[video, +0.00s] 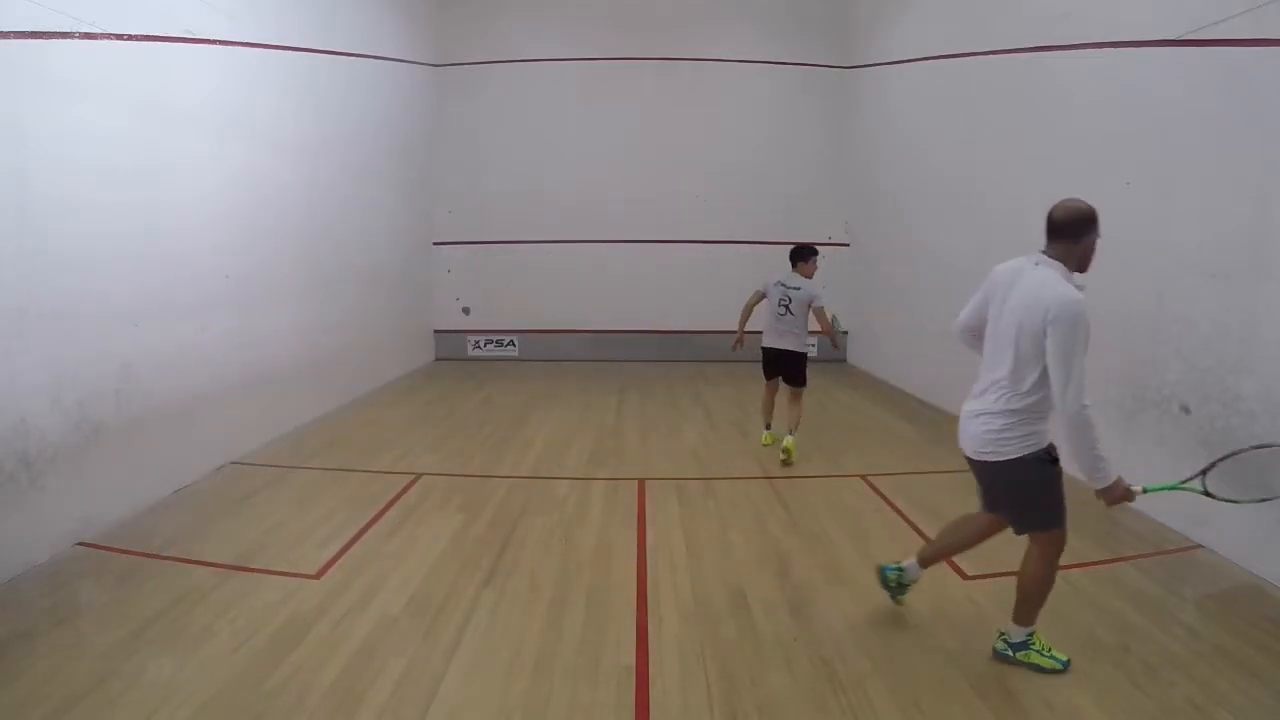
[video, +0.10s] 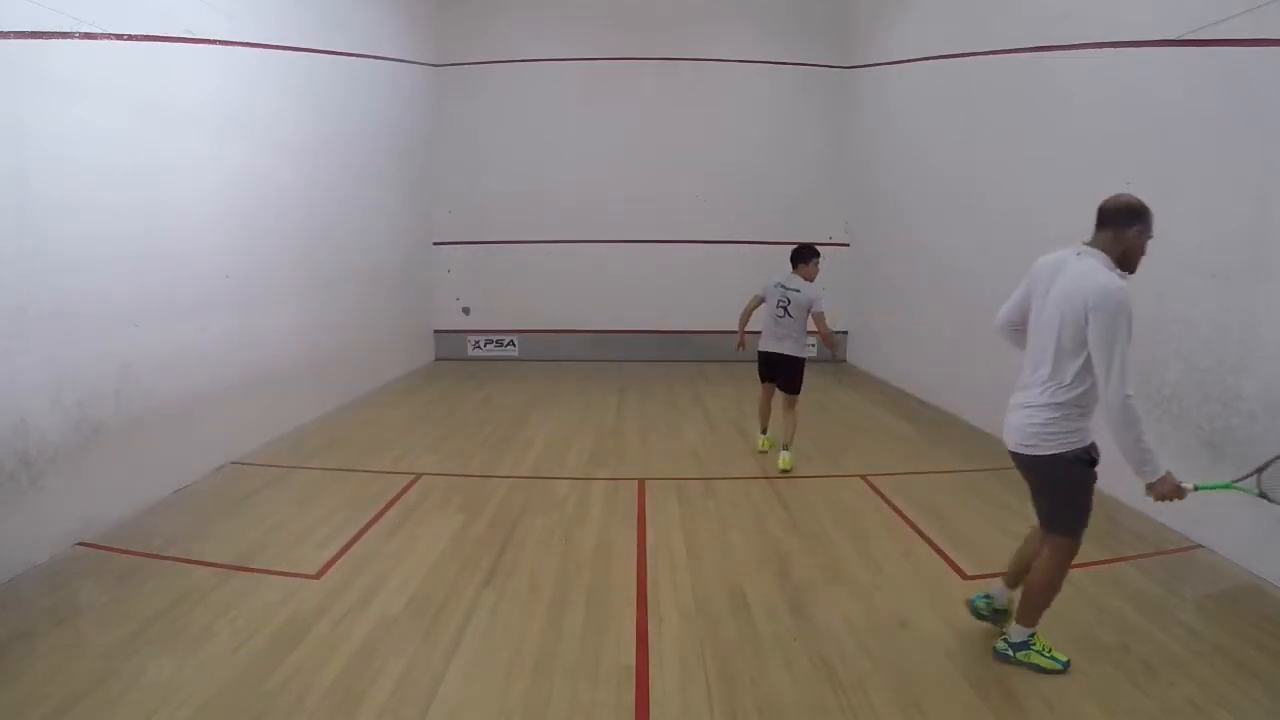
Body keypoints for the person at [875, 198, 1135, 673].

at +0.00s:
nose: (1096, 248)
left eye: (1094, 240)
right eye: (1096, 240)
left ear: (1050, 235)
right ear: (1087, 243)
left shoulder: (1008, 271)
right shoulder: (1066, 302)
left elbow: (968, 327)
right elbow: (1071, 404)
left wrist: (1014, 362)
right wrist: (1104, 479)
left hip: (979, 429)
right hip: (1017, 443)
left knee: (998, 514)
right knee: (1048, 539)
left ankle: (905, 572)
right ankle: (1018, 637)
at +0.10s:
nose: (1145, 252)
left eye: (1148, 242)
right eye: (1145, 240)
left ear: (1101, 228)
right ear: (1126, 234)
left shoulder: (1050, 264)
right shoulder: (1108, 291)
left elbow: (1009, 322)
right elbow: (1116, 398)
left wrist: (1053, 358)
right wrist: (1154, 473)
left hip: (1024, 430)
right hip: (1058, 440)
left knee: (1052, 522)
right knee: (1062, 541)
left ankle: (999, 597)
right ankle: (1019, 638)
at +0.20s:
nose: (1194, 257)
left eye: (1196, 246)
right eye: (1193, 244)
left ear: (1154, 232)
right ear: (1169, 234)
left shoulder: (1095, 266)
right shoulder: (1152, 290)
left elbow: (1052, 325)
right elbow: (1163, 397)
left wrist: (1102, 362)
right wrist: (1211, 475)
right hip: (1095, 445)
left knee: (1125, 524)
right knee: (1082, 546)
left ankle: (1108, 632)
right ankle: (1018, 636)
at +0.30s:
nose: (1243, 267)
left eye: (1245, 256)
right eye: (1240, 254)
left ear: (1198, 247)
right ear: (1213, 247)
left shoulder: (1141, 281)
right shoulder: (1195, 303)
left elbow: (1100, 341)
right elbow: (1210, 403)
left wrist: (1145, 384)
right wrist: (1266, 478)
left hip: (1145, 454)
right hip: (1134, 459)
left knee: (1170, 548)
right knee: (1119, 563)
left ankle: (1193, 655)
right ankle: (1028, 631)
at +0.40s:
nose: (1277, 285)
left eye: (1277, 274)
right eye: (1275, 273)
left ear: (1247, 263)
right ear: (1254, 264)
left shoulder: (1191, 301)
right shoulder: (1230, 321)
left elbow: (1146, 366)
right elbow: (1255, 420)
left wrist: (1190, 416)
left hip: (1199, 476)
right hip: (1173, 486)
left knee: (1230, 562)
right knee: (1190, 597)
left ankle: (1213, 673)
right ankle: (1069, 626)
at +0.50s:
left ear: (1271, 270)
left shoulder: (1244, 308)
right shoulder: (1262, 322)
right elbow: (1275, 390)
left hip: (1216, 472)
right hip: (1202, 480)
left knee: (1247, 576)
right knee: (1254, 595)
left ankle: (1216, 675)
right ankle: (1134, 645)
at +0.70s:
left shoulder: (1271, 332)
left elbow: (1232, 370)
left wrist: (1226, 393)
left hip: (1210, 464)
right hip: (1247, 470)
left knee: (1248, 572)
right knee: (1271, 589)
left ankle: (1214, 675)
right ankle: (1269, 711)